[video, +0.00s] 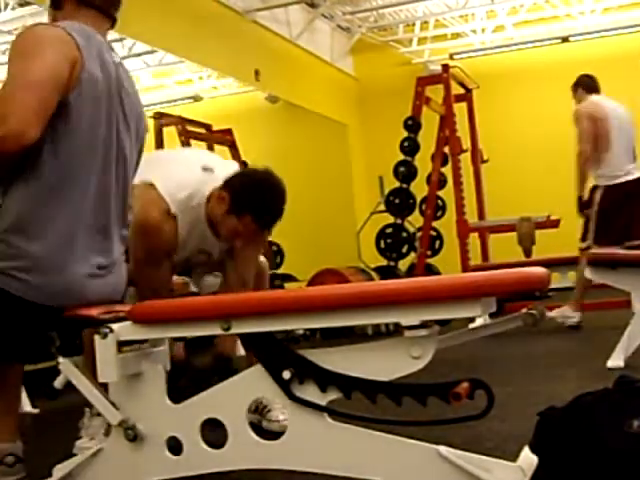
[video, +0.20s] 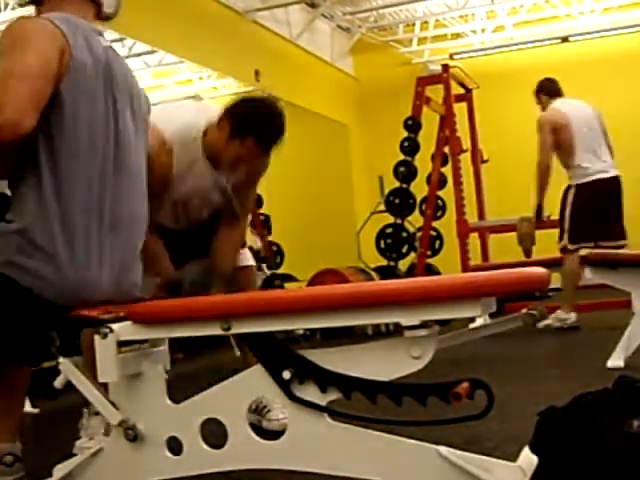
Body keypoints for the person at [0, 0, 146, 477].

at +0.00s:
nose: (48, 11)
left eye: (51, 7)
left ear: (61, 4)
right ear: (112, 16)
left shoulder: (50, 41)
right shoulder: (128, 87)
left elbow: (16, 130)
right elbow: (121, 177)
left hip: (32, 271)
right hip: (105, 276)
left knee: (8, 360)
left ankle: (7, 450)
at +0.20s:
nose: (29, 8)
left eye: (32, 5)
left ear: (41, 2)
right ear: (99, 9)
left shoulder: (37, 31)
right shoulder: (126, 75)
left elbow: (13, 119)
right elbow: (157, 157)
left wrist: (12, 177)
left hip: (40, 265)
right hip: (117, 274)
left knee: (13, 364)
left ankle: (6, 450)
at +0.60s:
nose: (20, 8)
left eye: (21, 4)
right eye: (22, 6)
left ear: (30, 2)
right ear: (87, 5)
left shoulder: (33, 41)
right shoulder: (141, 78)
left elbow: (14, 138)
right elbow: (161, 189)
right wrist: (96, 197)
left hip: (44, 274)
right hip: (121, 280)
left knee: (10, 353)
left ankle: (8, 451)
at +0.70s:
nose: (22, 10)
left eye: (24, 7)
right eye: (24, 8)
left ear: (32, 4)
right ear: (95, 6)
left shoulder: (35, 42)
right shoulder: (142, 74)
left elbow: (13, 141)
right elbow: (176, 183)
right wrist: (114, 209)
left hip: (39, 276)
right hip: (118, 283)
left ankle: (8, 451)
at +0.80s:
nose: (30, 11)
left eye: (31, 9)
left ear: (40, 4)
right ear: (108, 7)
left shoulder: (37, 41)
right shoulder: (149, 74)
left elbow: (10, 143)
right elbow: (191, 176)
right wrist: (121, 207)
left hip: (40, 276)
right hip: (120, 281)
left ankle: (7, 446)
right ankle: (7, 444)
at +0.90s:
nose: (34, 8)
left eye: (36, 5)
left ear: (44, 3)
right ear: (107, 3)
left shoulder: (37, 42)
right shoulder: (152, 72)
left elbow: (10, 143)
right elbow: (194, 175)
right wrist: (125, 198)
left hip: (38, 280)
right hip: (121, 286)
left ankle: (8, 450)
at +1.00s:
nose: (37, 9)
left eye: (39, 5)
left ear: (46, 2)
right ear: (107, 3)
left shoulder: (38, 42)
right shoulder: (156, 69)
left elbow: (9, 142)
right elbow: (198, 174)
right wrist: (130, 187)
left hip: (39, 280)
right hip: (123, 285)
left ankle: (8, 450)